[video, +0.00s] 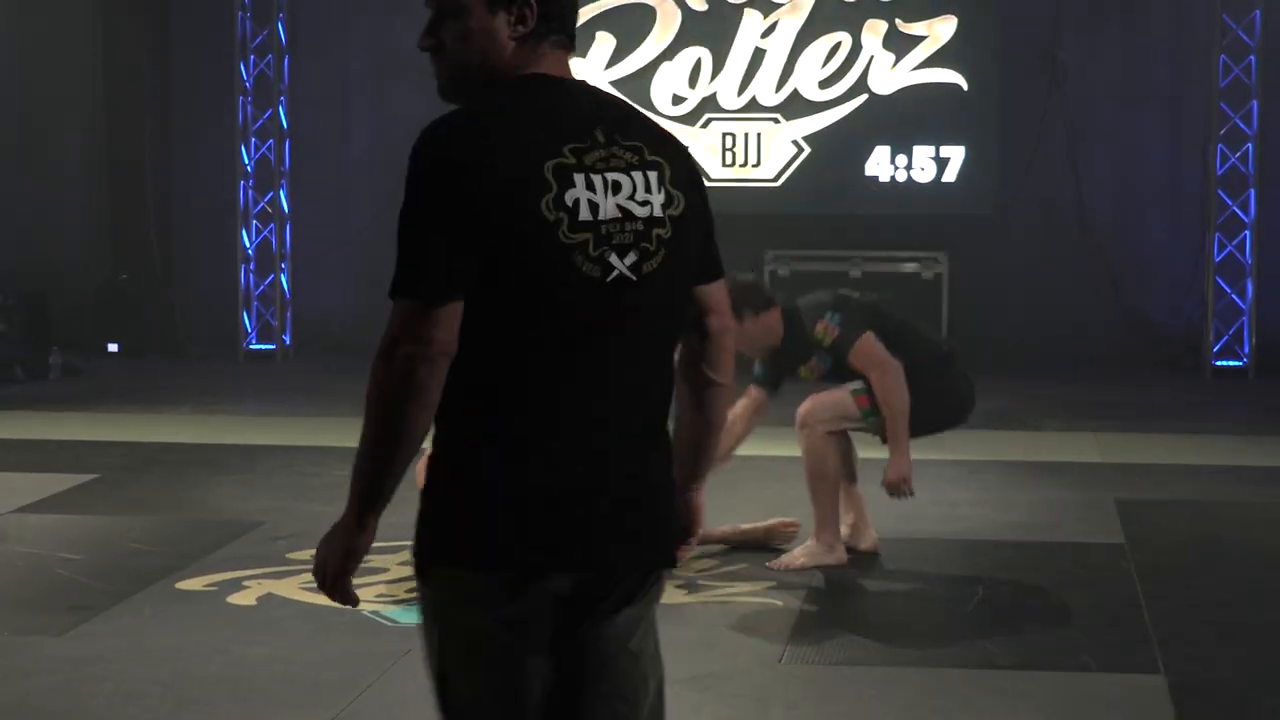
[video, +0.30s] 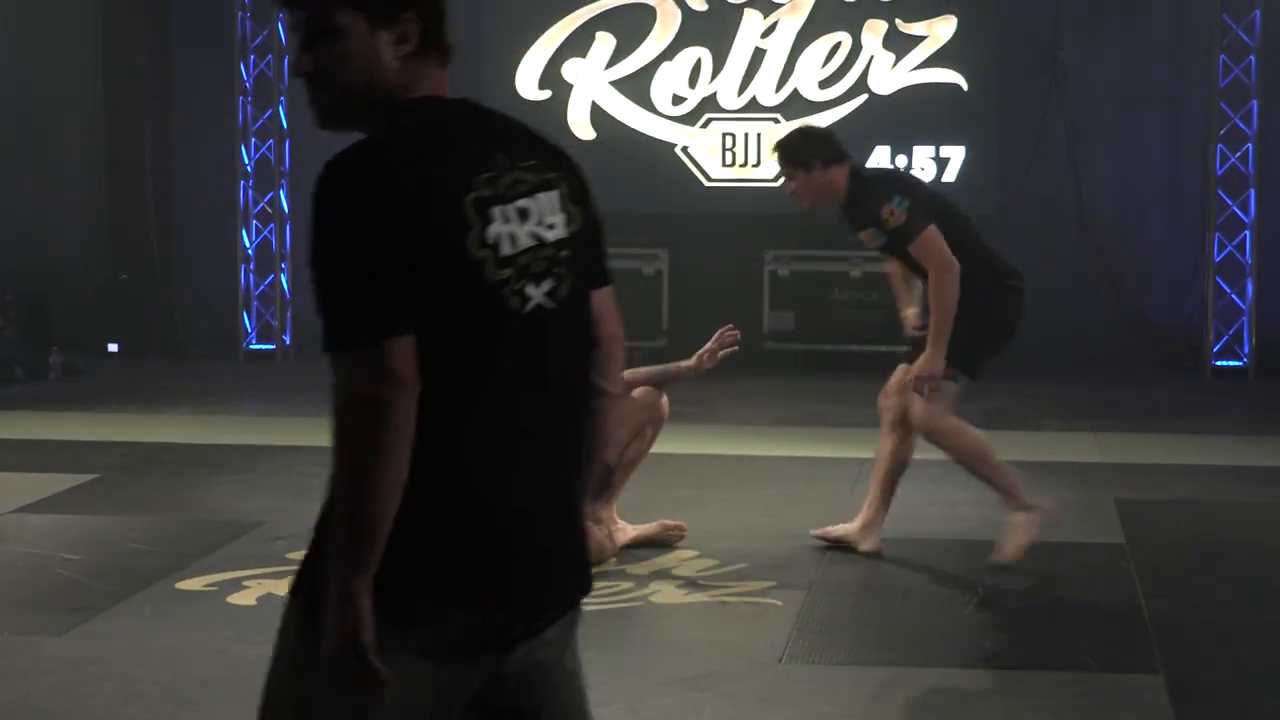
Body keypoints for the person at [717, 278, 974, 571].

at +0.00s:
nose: (734, 344)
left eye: (733, 331)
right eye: (729, 335)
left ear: (754, 317)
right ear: (755, 318)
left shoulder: (820, 316)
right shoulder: (780, 349)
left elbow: (886, 370)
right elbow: (747, 407)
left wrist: (900, 456)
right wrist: (709, 459)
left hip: (938, 388)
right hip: (915, 386)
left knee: (814, 416)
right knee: (820, 414)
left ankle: (826, 543)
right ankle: (857, 527)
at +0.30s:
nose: (788, 189)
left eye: (791, 178)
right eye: (785, 179)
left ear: (820, 169)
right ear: (820, 170)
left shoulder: (880, 194)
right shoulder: (857, 204)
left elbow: (945, 267)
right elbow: (895, 255)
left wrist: (935, 353)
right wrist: (908, 306)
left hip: (988, 298)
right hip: (958, 298)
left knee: (925, 411)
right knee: (898, 401)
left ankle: (1024, 506)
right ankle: (867, 526)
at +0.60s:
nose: (851, 165)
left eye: (852, 154)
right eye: (846, 156)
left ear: (880, 143)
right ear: (883, 142)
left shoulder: (932, 177)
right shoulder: (927, 169)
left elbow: (978, 272)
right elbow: (966, 253)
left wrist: (992, 351)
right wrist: (967, 311)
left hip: (1037, 301)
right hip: (1010, 301)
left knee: (1047, 425)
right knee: (961, 404)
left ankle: (1097, 541)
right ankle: (921, 524)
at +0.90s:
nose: (833, 156)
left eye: (836, 144)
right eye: (830, 147)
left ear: (864, 135)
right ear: (865, 137)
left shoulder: (918, 170)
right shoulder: (900, 178)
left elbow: (959, 252)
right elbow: (910, 264)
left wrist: (964, 330)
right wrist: (868, 326)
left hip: (1008, 302)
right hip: (972, 304)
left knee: (1041, 422)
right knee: (916, 402)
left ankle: (1096, 539)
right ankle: (884, 515)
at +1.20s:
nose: (759, 190)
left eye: (760, 179)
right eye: (755, 182)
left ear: (790, 166)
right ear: (789, 167)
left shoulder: (849, 186)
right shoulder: (819, 213)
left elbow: (906, 255)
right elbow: (798, 294)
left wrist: (898, 331)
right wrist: (731, 334)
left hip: (954, 291)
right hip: (918, 297)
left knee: (924, 408)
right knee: (867, 393)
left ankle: (1005, 511)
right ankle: (874, 515)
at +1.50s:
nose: (721, 225)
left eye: (721, 214)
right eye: (715, 216)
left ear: (751, 196)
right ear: (745, 201)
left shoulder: (808, 212)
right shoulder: (774, 228)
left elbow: (860, 289)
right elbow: (728, 290)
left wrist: (832, 364)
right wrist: (660, 300)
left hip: (927, 288)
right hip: (896, 290)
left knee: (868, 397)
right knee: (851, 393)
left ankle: (864, 531)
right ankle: (871, 516)